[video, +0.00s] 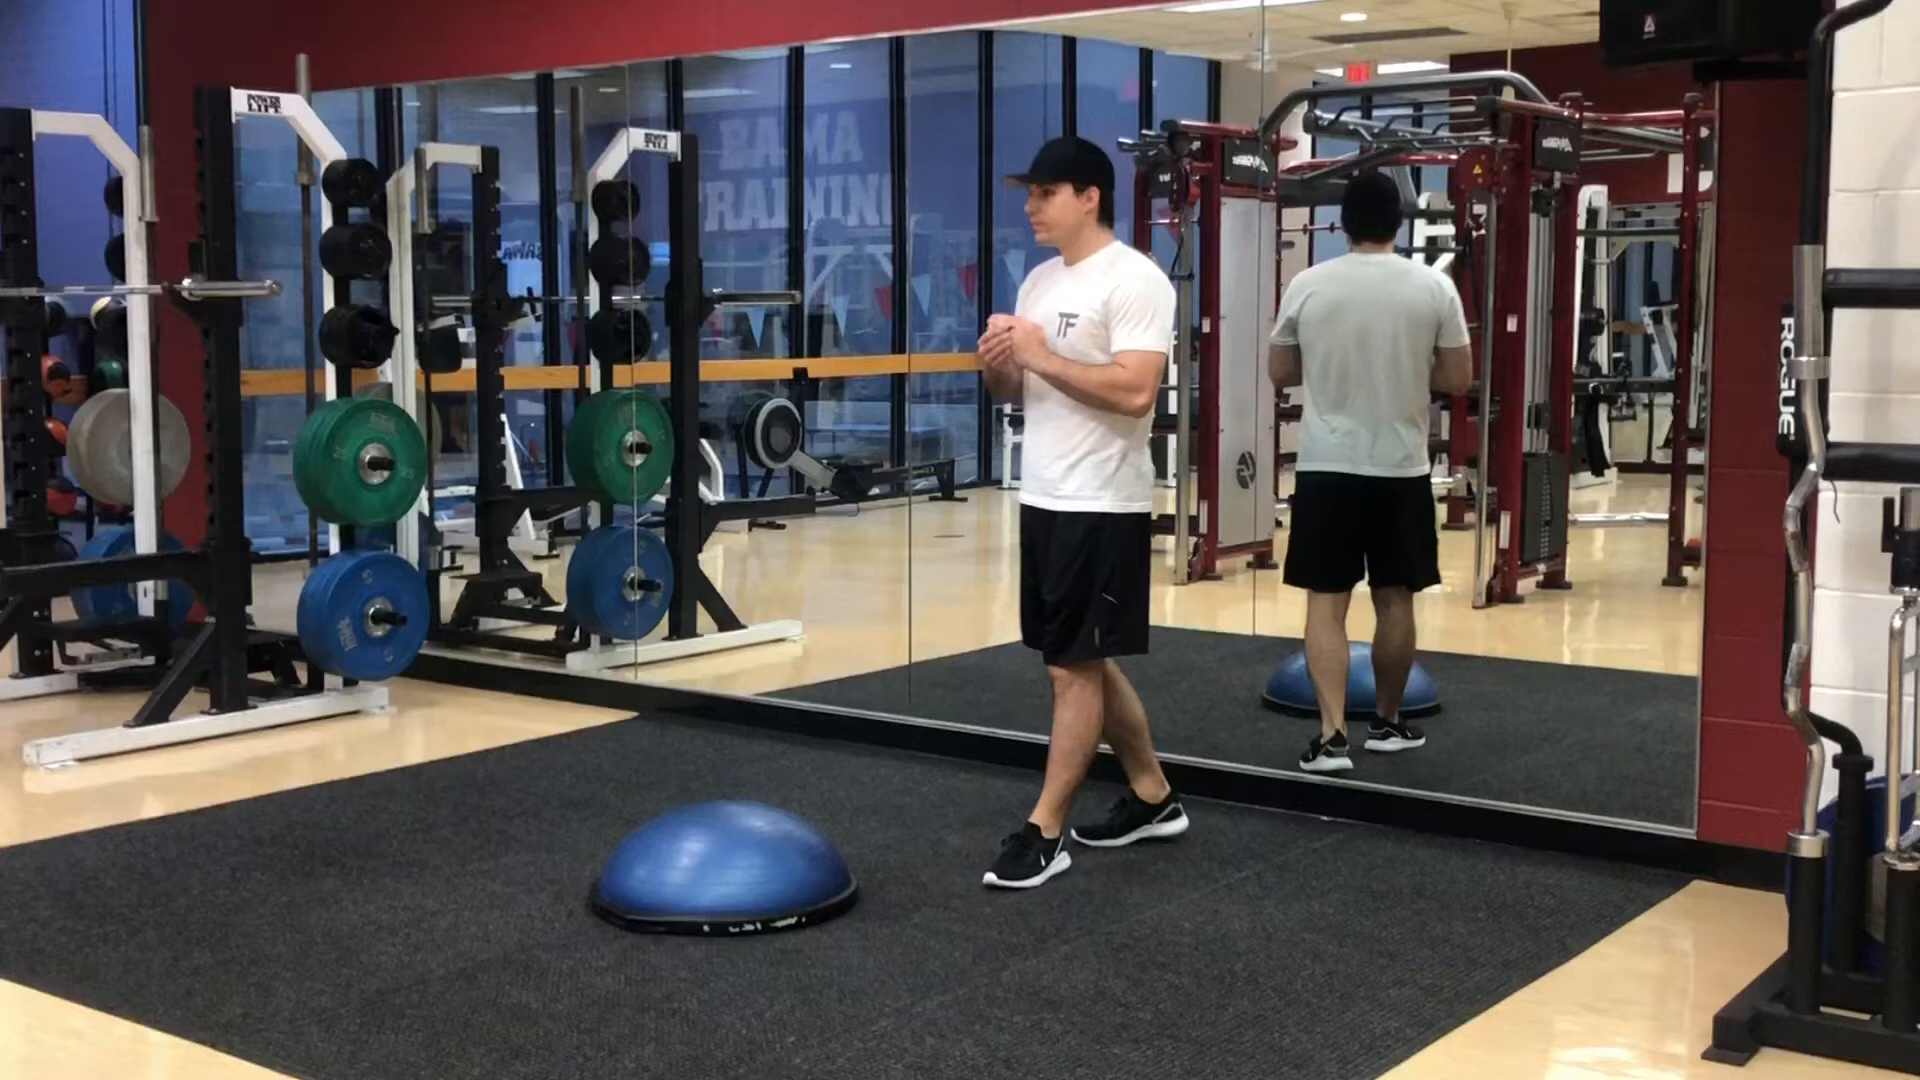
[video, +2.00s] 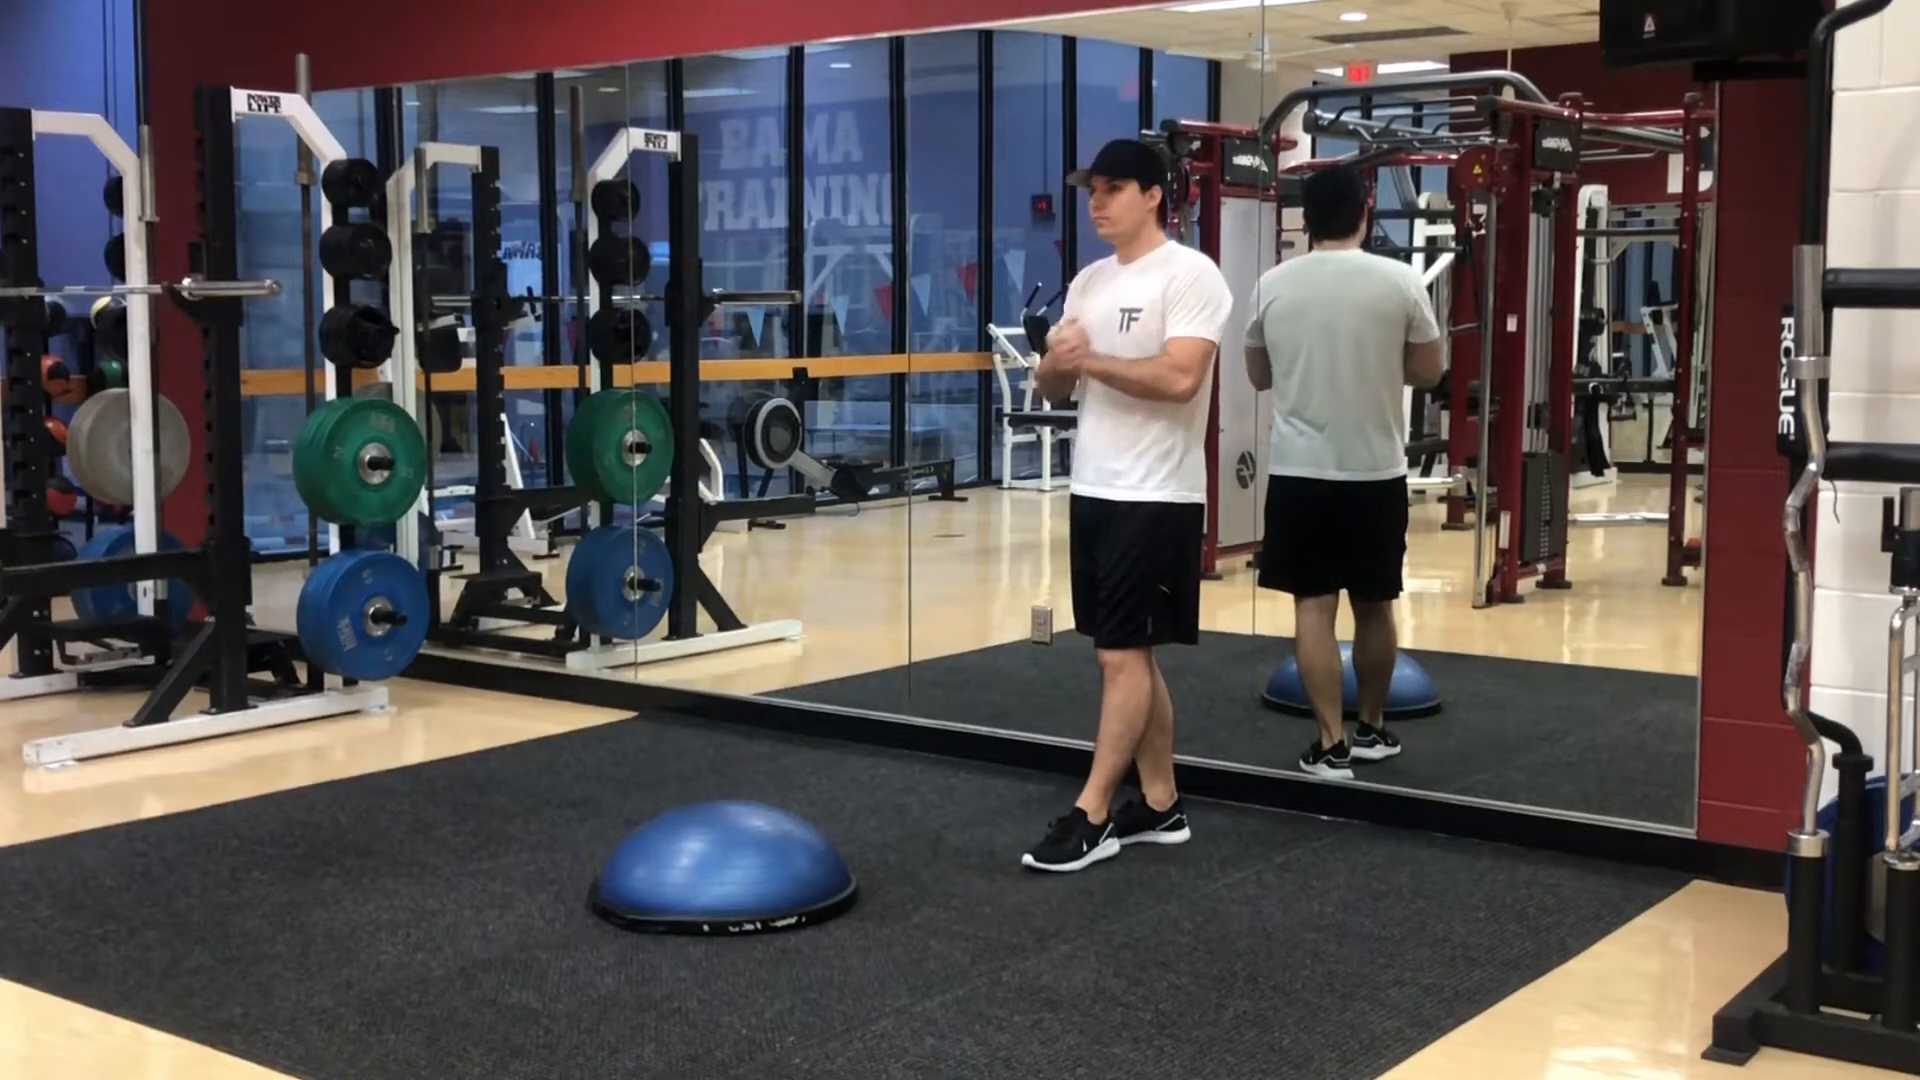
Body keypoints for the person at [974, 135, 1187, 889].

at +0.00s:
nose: (1032, 207)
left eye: (1045, 193)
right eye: (1032, 194)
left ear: (1089, 198)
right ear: (1064, 202)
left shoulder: (1140, 280)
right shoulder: (1039, 280)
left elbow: (1134, 393)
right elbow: (1014, 393)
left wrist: (1041, 358)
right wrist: (994, 364)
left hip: (1103, 503)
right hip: (1044, 498)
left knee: (1073, 665)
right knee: (1083, 659)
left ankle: (1045, 828)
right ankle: (1153, 793)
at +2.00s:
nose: (1097, 205)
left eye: (1111, 191)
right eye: (1093, 193)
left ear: (1152, 196)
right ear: (1095, 199)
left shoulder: (1193, 274)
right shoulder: (1088, 281)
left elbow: (1180, 379)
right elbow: (1051, 386)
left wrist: (1087, 363)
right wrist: (1054, 361)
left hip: (1156, 492)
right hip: (1095, 489)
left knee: (1121, 652)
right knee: (1128, 653)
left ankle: (1091, 813)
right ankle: (1161, 802)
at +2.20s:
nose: (1100, 213)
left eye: (1112, 199)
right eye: (1095, 201)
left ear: (1154, 198)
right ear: (1096, 205)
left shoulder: (1194, 275)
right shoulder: (1092, 284)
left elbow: (1166, 384)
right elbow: (1069, 373)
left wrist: (1087, 443)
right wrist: (1044, 426)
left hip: (1158, 495)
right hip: (1097, 490)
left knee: (1121, 652)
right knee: (1126, 652)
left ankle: (1091, 813)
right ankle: (1161, 801)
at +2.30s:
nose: (1093, 224)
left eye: (1104, 209)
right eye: (1088, 212)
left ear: (1145, 202)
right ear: (1094, 212)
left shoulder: (1193, 277)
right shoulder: (1093, 286)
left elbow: (1183, 391)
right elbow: (1077, 384)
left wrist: (1133, 477)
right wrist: (1045, 450)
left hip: (1159, 495)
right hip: (1097, 489)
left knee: (1119, 652)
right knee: (1126, 653)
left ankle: (1092, 813)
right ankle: (1161, 802)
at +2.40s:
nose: (1084, 235)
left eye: (1091, 220)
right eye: (1081, 223)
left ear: (1130, 207)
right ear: (1111, 214)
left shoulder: (1189, 278)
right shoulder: (1093, 288)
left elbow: (1209, 394)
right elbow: (1079, 391)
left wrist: (1204, 497)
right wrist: (1047, 477)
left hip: (1151, 499)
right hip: (1094, 495)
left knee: (1111, 647)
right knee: (1128, 653)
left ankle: (1090, 812)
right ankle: (1161, 802)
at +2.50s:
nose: (1074, 242)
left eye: (1080, 227)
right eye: (1068, 230)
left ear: (1121, 209)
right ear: (1091, 219)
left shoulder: (1185, 278)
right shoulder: (1087, 287)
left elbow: (1230, 383)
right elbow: (1084, 391)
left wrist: (1255, 486)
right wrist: (1068, 482)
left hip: (1157, 501)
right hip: (1094, 498)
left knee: (1097, 646)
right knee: (1130, 652)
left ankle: (1087, 810)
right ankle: (1160, 803)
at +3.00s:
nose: (1027, 257)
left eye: (1033, 241)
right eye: (1019, 245)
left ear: (1075, 220)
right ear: (1042, 231)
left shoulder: (1140, 285)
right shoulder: (1035, 291)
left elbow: (1185, 393)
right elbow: (1038, 392)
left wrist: (1149, 493)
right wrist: (1005, 475)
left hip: (1117, 510)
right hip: (1057, 509)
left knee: (1077, 664)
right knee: (1105, 664)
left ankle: (1042, 822)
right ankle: (1158, 803)